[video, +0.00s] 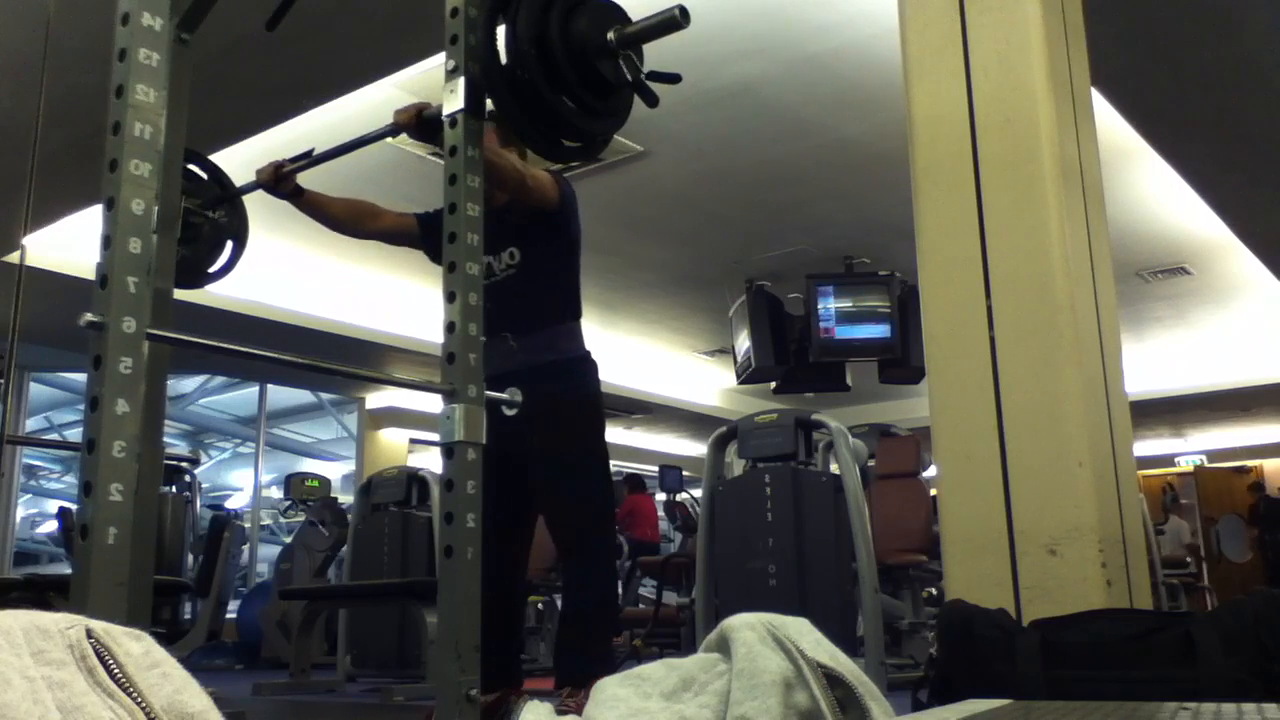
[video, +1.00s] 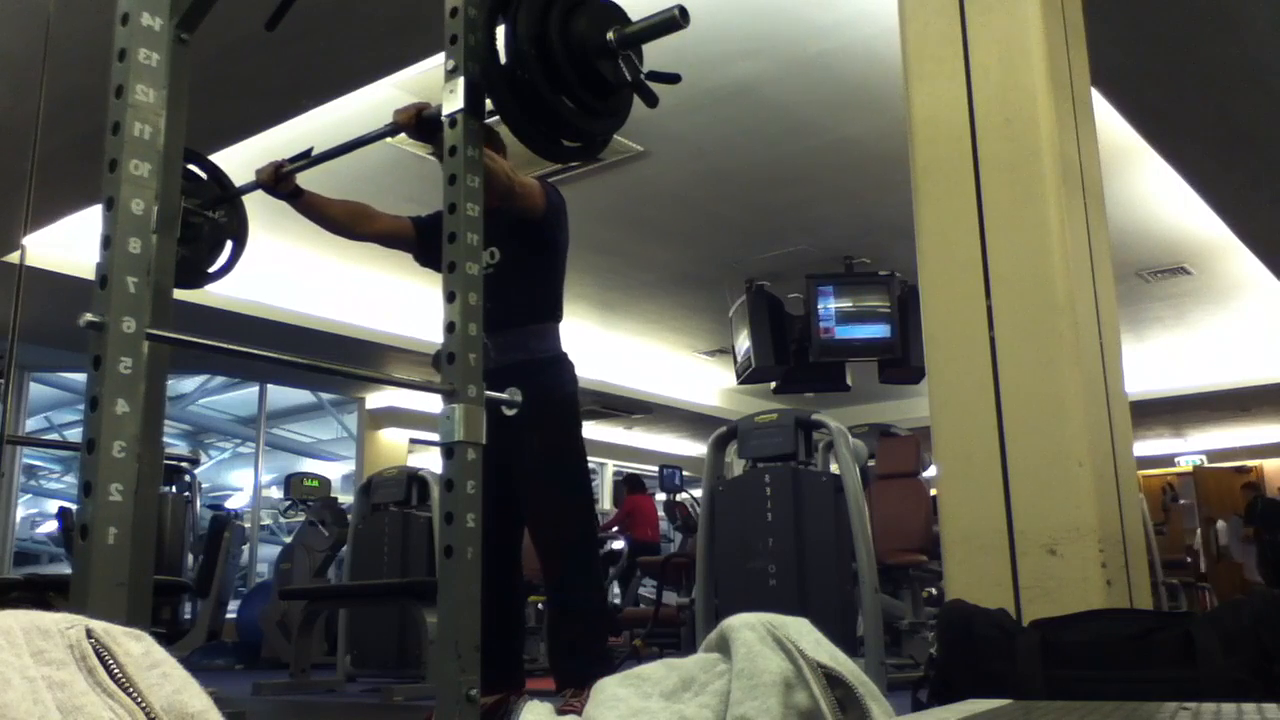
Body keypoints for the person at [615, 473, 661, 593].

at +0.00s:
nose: (625, 490)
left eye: (626, 487)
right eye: (625, 487)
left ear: (630, 487)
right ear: (643, 486)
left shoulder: (631, 500)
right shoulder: (649, 499)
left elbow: (620, 518)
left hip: (637, 543)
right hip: (654, 543)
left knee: (631, 576)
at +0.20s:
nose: (624, 491)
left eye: (625, 488)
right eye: (624, 488)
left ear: (630, 487)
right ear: (642, 486)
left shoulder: (632, 500)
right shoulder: (650, 500)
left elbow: (618, 518)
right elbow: (635, 522)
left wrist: (600, 529)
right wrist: (618, 532)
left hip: (637, 545)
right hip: (654, 545)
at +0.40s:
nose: (626, 491)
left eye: (627, 487)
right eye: (626, 487)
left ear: (631, 487)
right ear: (644, 487)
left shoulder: (631, 500)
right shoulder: (650, 501)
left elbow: (617, 517)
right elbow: (640, 521)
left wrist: (599, 529)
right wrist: (619, 530)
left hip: (636, 545)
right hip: (654, 546)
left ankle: (617, 603)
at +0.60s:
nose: (627, 491)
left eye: (628, 488)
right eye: (627, 488)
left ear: (631, 488)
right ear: (645, 487)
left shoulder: (631, 500)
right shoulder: (650, 501)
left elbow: (617, 518)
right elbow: (638, 522)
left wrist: (601, 528)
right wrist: (620, 530)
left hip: (636, 546)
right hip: (654, 547)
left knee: (611, 571)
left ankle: (617, 603)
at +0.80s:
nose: (625, 490)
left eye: (626, 487)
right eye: (625, 487)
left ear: (630, 486)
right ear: (643, 485)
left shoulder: (631, 500)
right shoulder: (649, 499)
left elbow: (616, 519)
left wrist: (600, 529)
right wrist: (617, 534)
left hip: (636, 546)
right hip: (654, 546)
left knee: (605, 553)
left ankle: (611, 583)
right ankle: (629, 585)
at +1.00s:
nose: (624, 490)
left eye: (625, 487)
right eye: (624, 487)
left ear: (629, 487)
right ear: (642, 486)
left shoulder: (631, 500)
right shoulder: (649, 500)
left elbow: (617, 520)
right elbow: (634, 522)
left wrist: (601, 529)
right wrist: (617, 533)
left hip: (637, 544)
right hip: (654, 545)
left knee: (624, 575)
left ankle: (630, 605)